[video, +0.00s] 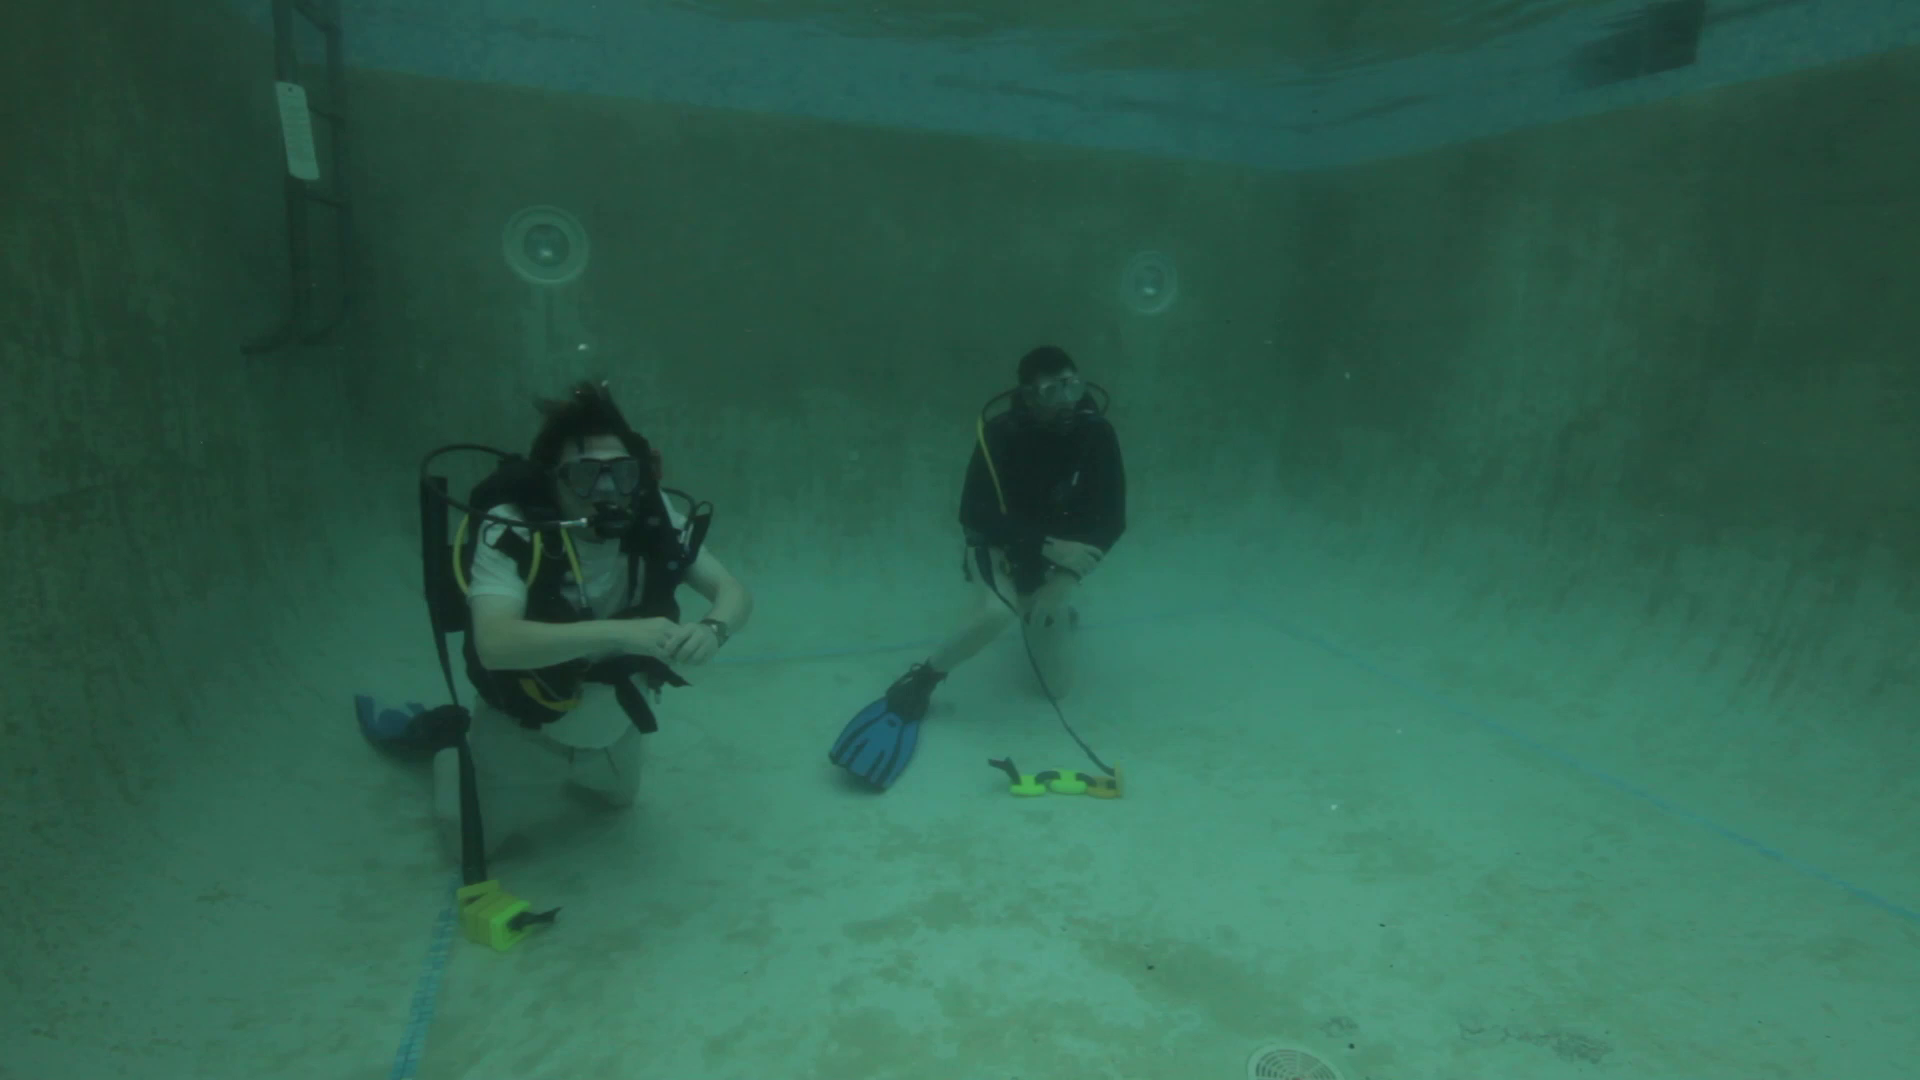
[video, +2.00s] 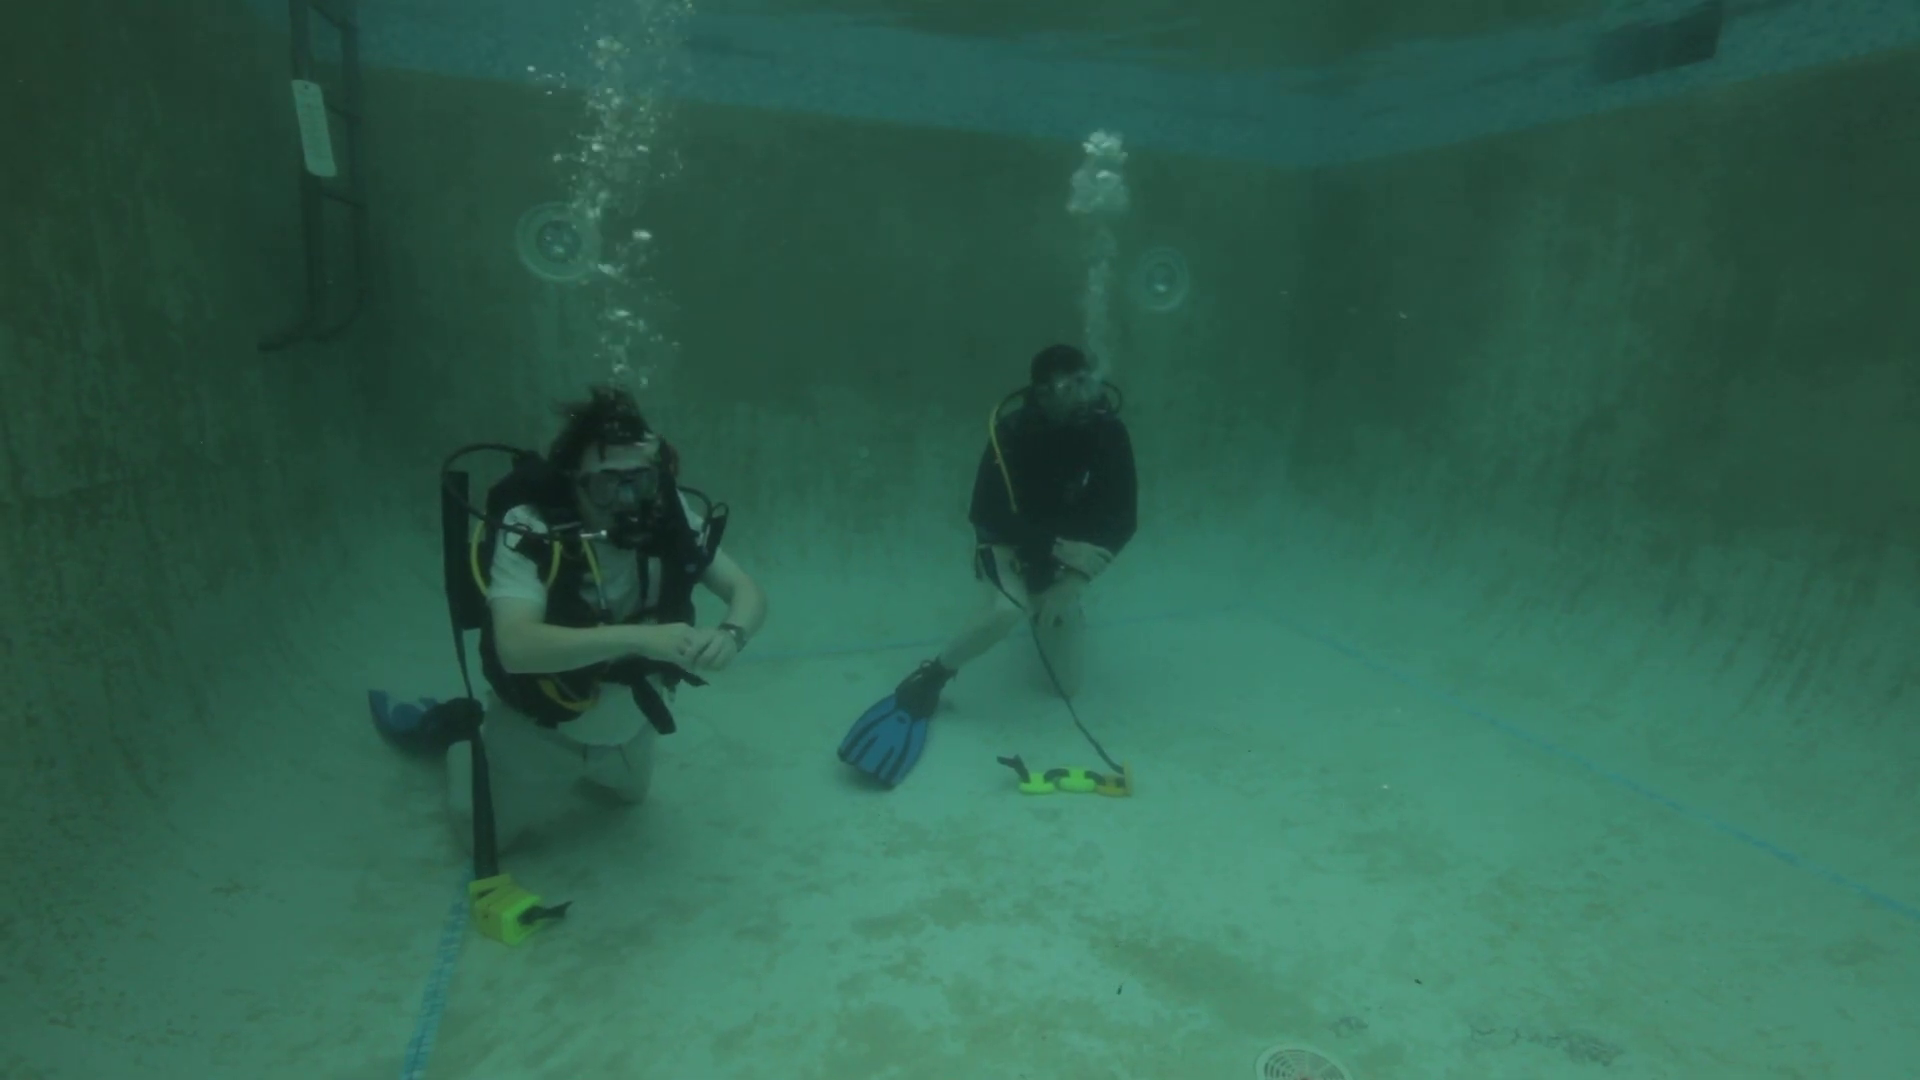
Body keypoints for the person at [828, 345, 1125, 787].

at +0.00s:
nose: (1066, 397)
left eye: (1070, 384)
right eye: (1053, 389)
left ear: (1080, 384)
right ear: (1029, 395)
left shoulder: (1096, 433)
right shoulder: (1002, 434)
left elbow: (1111, 519)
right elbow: (976, 514)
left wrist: (1063, 582)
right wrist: (1048, 544)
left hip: (1059, 552)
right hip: (1000, 544)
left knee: (1057, 683)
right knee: (999, 611)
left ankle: (1051, 608)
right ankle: (921, 681)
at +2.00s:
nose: (1084, 393)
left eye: (1086, 381)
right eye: (1071, 385)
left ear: (1093, 381)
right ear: (1045, 393)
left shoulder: (1107, 430)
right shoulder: (1015, 429)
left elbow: (1121, 518)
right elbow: (988, 512)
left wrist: (1071, 584)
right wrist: (1058, 546)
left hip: (1068, 552)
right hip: (1011, 544)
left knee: (1069, 681)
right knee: (1009, 610)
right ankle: (932, 677)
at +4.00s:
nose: (1065, 397)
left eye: (1073, 385)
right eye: (1054, 387)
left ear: (1084, 387)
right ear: (1031, 390)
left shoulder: (1101, 430)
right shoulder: (1008, 429)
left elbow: (1116, 516)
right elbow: (986, 513)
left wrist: (1068, 582)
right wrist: (1055, 545)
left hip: (1068, 549)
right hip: (1007, 542)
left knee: (1066, 681)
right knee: (1008, 609)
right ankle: (929, 679)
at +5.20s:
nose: (1060, 398)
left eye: (1066, 387)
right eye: (1049, 389)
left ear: (1075, 385)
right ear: (1026, 391)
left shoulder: (1093, 429)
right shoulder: (1000, 429)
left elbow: (1110, 513)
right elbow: (980, 514)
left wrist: (1066, 579)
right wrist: (1052, 546)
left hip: (1061, 550)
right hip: (1001, 542)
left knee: (1063, 680)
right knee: (1005, 608)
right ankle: (930, 678)